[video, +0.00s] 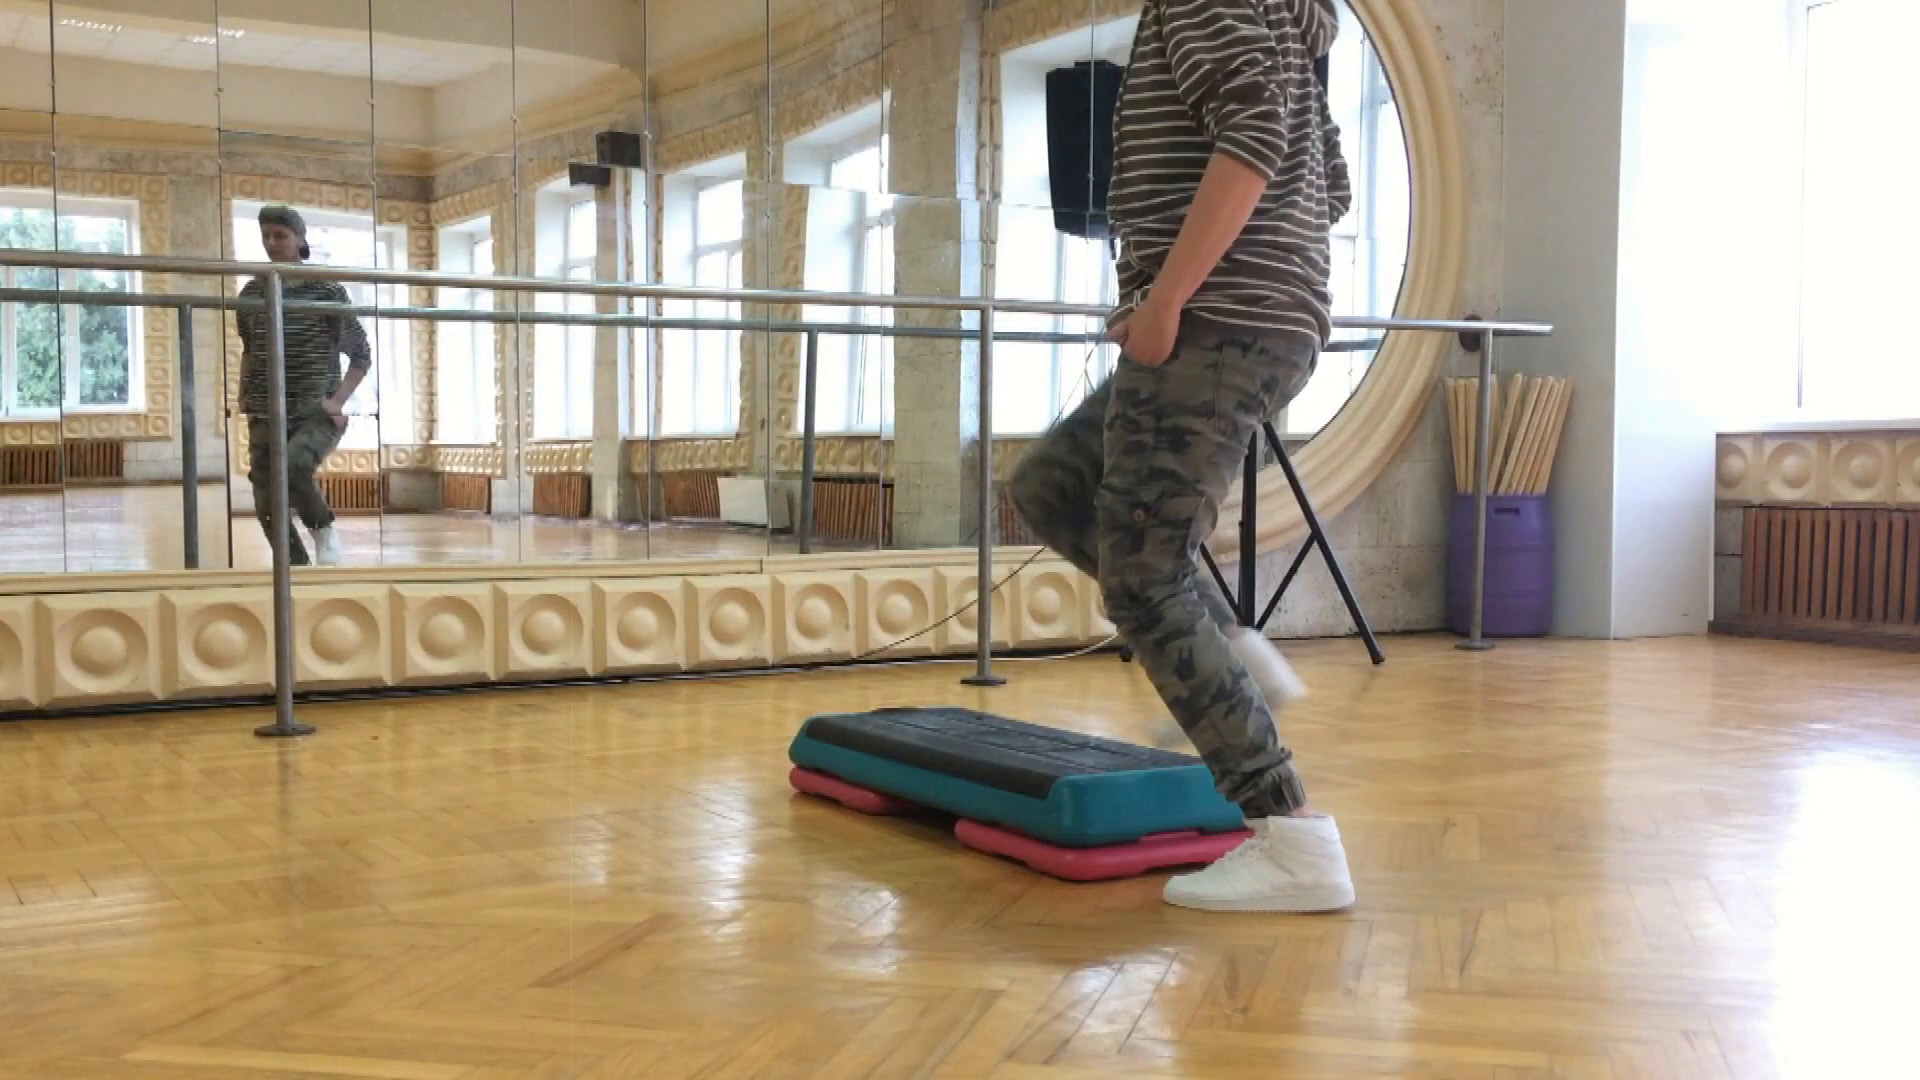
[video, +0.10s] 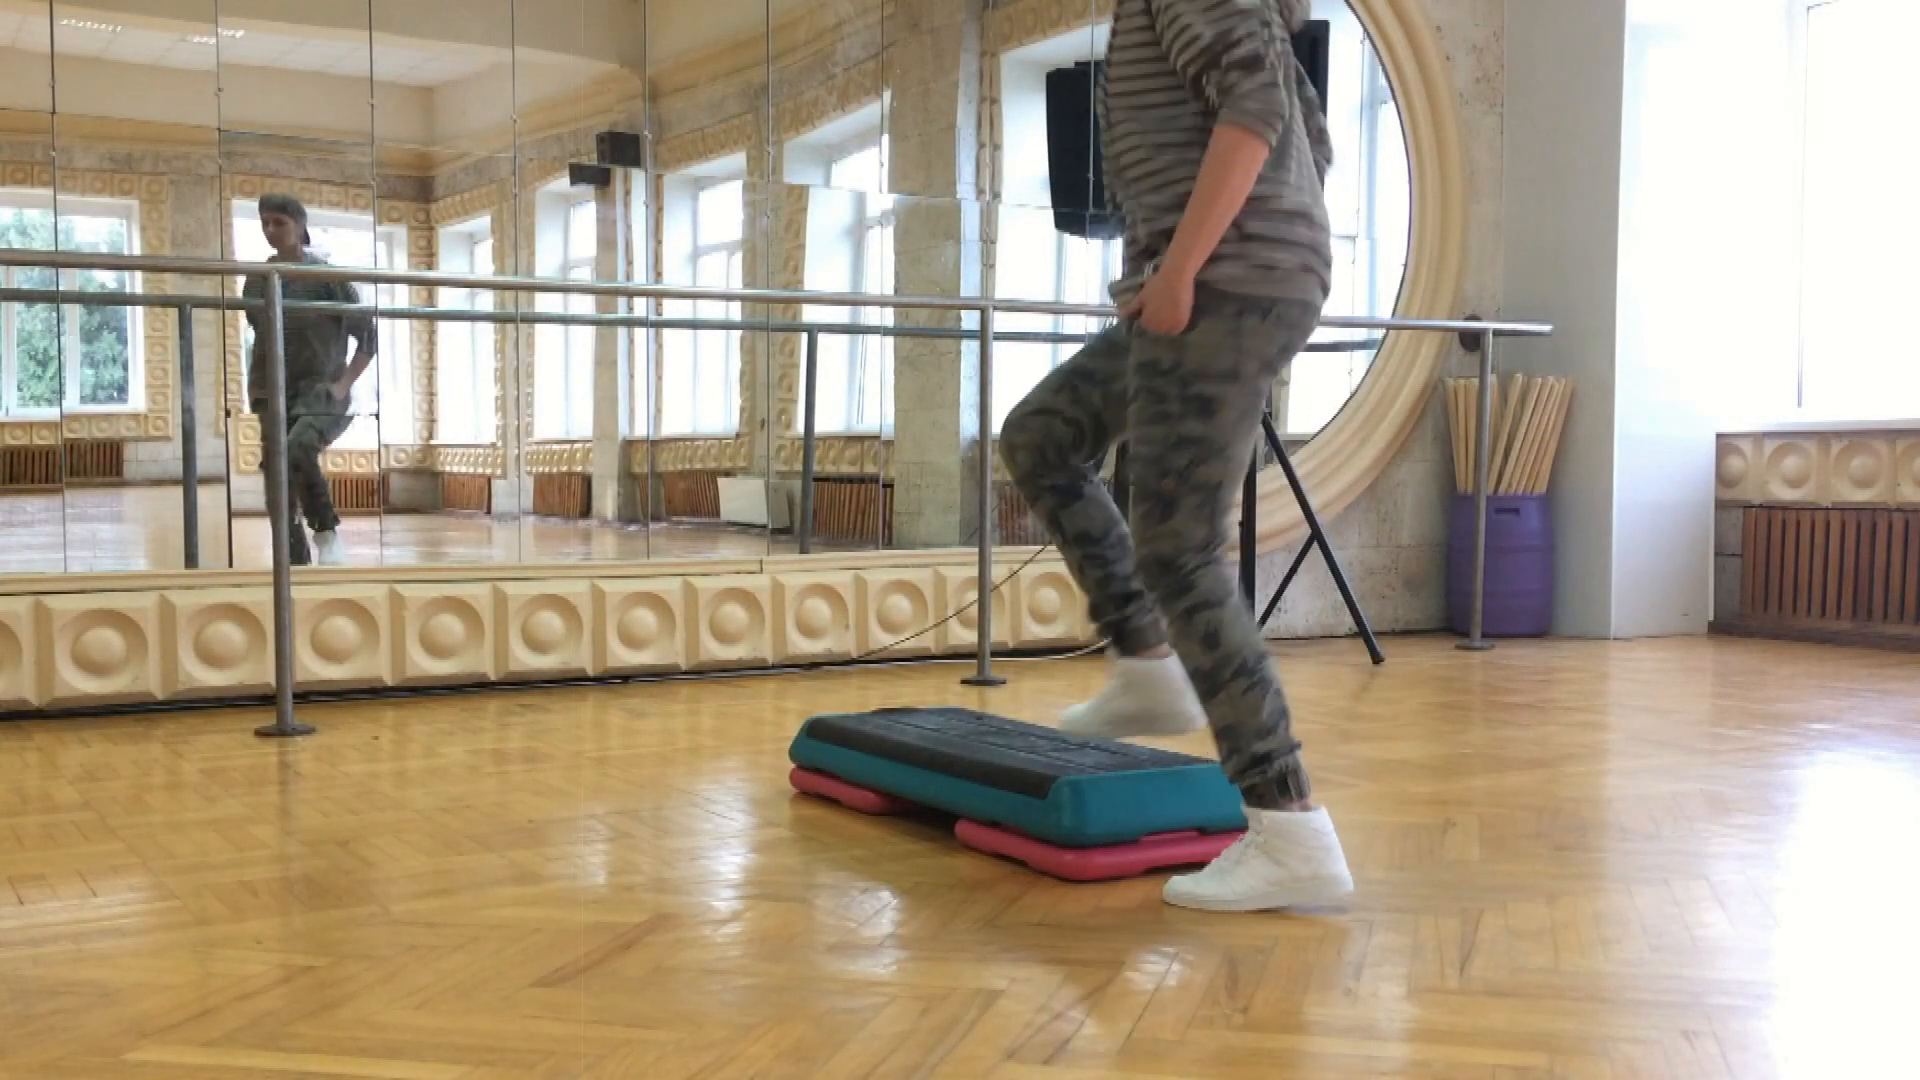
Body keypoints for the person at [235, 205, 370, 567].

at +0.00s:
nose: (272, 244)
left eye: (280, 236)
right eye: (267, 237)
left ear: (301, 240)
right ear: (262, 241)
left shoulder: (325, 291)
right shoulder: (251, 292)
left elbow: (361, 355)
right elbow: (249, 349)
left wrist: (338, 400)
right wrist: (244, 393)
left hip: (315, 410)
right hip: (264, 414)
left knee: (292, 466)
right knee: (268, 508)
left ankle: (323, 529)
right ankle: (300, 574)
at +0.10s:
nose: (272, 230)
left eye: (280, 223)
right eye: (266, 224)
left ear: (301, 227)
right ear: (262, 230)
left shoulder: (327, 275)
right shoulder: (258, 279)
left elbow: (368, 335)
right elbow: (260, 330)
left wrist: (344, 384)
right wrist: (258, 384)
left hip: (322, 393)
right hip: (275, 397)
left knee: (298, 448)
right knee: (278, 484)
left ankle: (325, 532)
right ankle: (297, 566)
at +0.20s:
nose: (271, 210)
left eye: (278, 203)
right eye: (265, 204)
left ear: (299, 206)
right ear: (262, 211)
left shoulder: (327, 255)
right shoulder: (263, 261)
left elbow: (370, 311)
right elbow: (271, 313)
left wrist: (351, 361)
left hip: (334, 369)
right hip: (292, 373)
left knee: (313, 452)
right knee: (301, 458)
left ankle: (340, 541)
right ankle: (303, 547)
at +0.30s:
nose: (274, 205)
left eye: (281, 198)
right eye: (269, 200)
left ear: (303, 200)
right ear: (267, 207)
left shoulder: (327, 250)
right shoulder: (273, 257)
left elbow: (368, 303)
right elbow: (281, 316)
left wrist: (358, 360)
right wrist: (284, 365)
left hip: (344, 367)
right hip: (304, 370)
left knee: (328, 455)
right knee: (324, 457)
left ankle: (335, 545)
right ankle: (335, 543)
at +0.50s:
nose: (288, 215)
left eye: (296, 207)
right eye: (284, 208)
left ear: (320, 210)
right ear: (284, 215)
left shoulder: (343, 258)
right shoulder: (292, 265)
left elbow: (381, 314)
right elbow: (301, 323)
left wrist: (364, 362)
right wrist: (318, 364)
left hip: (362, 379)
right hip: (329, 381)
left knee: (337, 463)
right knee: (376, 464)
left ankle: (343, 554)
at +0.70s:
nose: (321, 226)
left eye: (329, 218)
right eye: (316, 220)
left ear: (351, 222)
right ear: (313, 225)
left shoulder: (363, 268)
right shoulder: (321, 275)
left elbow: (412, 328)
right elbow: (330, 333)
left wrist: (387, 381)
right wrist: (345, 371)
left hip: (391, 391)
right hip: (362, 395)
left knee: (349, 464)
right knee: (410, 479)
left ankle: (344, 557)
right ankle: (463, 555)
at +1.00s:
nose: (367, 249)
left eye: (372, 241)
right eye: (362, 242)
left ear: (387, 244)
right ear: (358, 247)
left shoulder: (416, 291)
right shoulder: (366, 300)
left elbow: (469, 340)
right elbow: (386, 356)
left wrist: (445, 393)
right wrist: (387, 398)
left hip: (437, 406)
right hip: (398, 411)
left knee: (389, 451)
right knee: (454, 498)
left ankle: (399, 550)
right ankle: (499, 565)